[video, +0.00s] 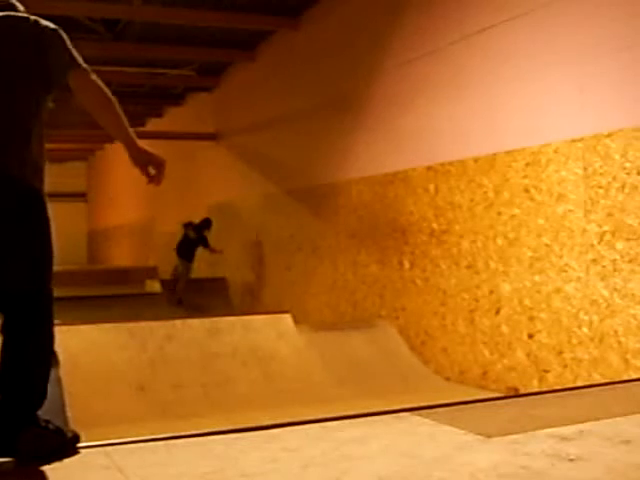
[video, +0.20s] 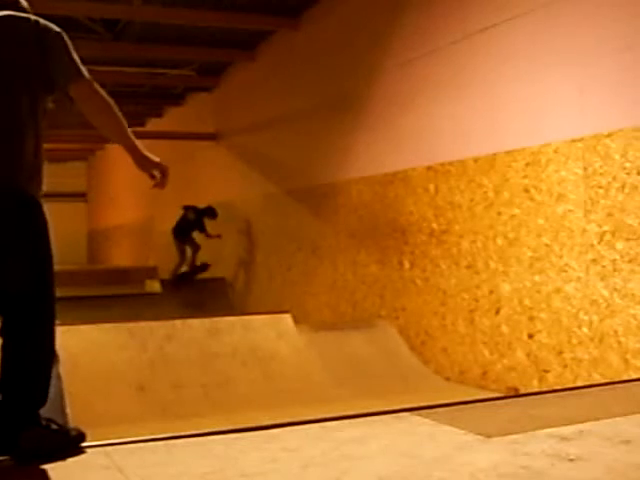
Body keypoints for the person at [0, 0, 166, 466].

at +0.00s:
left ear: (11, 6)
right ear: (15, 3)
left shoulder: (36, 34)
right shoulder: (36, 33)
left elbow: (85, 85)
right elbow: (86, 86)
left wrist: (131, 145)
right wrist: (133, 145)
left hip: (19, 196)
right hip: (17, 196)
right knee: (28, 312)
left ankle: (19, 429)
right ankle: (22, 428)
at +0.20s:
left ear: (13, 6)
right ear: (22, 2)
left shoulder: (36, 35)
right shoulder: (37, 33)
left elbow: (87, 95)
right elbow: (88, 95)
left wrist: (138, 155)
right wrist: (140, 156)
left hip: (16, 204)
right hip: (15, 205)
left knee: (20, 315)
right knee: (30, 314)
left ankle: (18, 427)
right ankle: (24, 428)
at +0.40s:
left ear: (18, 5)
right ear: (27, 2)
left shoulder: (37, 36)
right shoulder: (38, 35)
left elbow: (74, 104)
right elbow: (74, 104)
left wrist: (106, 165)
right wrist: (108, 167)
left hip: (16, 205)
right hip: (16, 205)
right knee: (33, 315)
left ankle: (4, 427)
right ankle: (22, 426)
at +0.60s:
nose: (44, 9)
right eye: (42, 5)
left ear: (18, 5)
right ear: (30, 2)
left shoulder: (45, 38)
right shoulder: (45, 37)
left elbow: (74, 109)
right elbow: (74, 108)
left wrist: (98, 175)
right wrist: (100, 176)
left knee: (33, 316)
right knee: (37, 315)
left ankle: (14, 425)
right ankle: (20, 425)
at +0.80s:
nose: (48, 8)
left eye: (45, 7)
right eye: (47, 6)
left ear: (24, 8)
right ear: (38, 3)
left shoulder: (53, 38)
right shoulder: (52, 37)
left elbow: (86, 111)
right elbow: (86, 111)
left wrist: (101, 180)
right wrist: (102, 180)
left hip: (31, 205)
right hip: (30, 206)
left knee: (37, 317)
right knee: (41, 317)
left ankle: (21, 423)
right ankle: (22, 425)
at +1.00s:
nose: (43, 22)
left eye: (37, 20)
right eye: (46, 19)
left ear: (10, 16)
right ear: (46, 18)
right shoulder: (59, 43)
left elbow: (92, 114)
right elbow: (93, 115)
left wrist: (101, 181)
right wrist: (102, 181)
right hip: (26, 193)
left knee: (25, 304)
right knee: (37, 304)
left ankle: (12, 422)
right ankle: (18, 422)